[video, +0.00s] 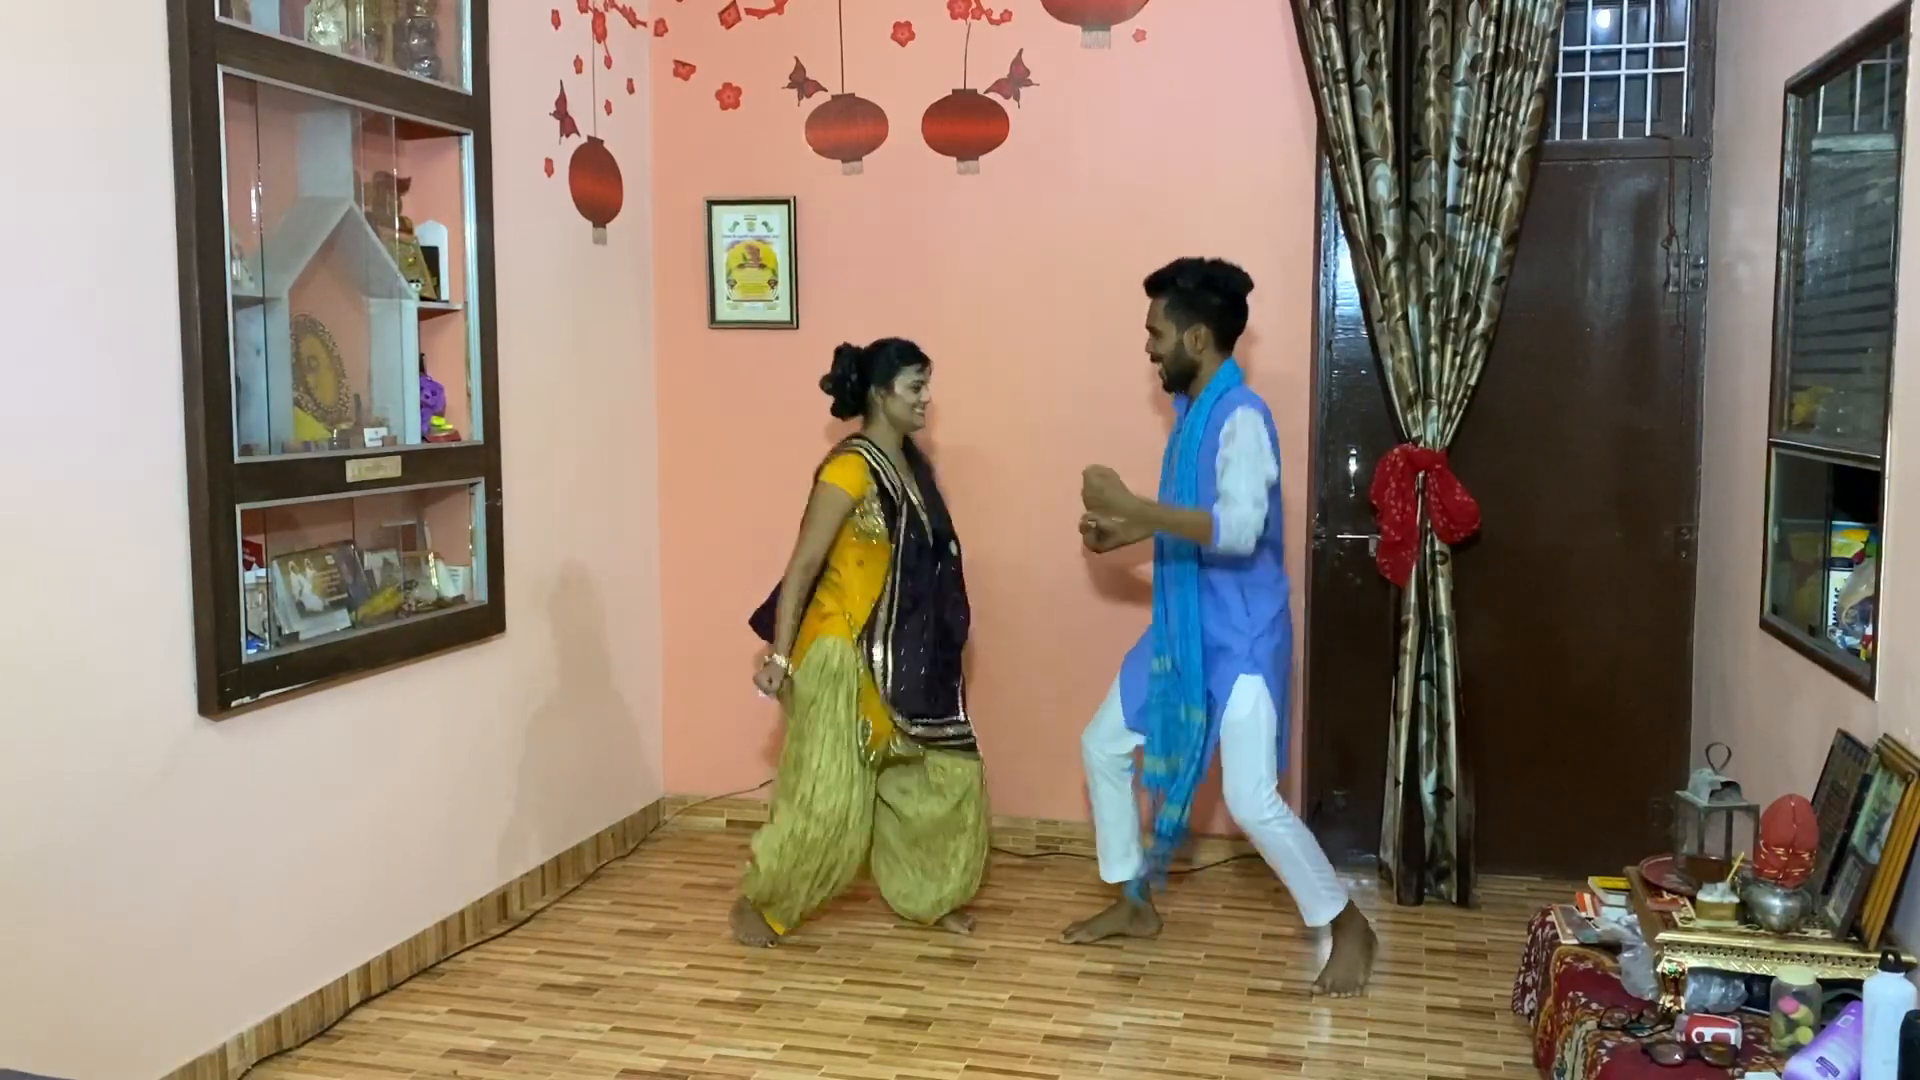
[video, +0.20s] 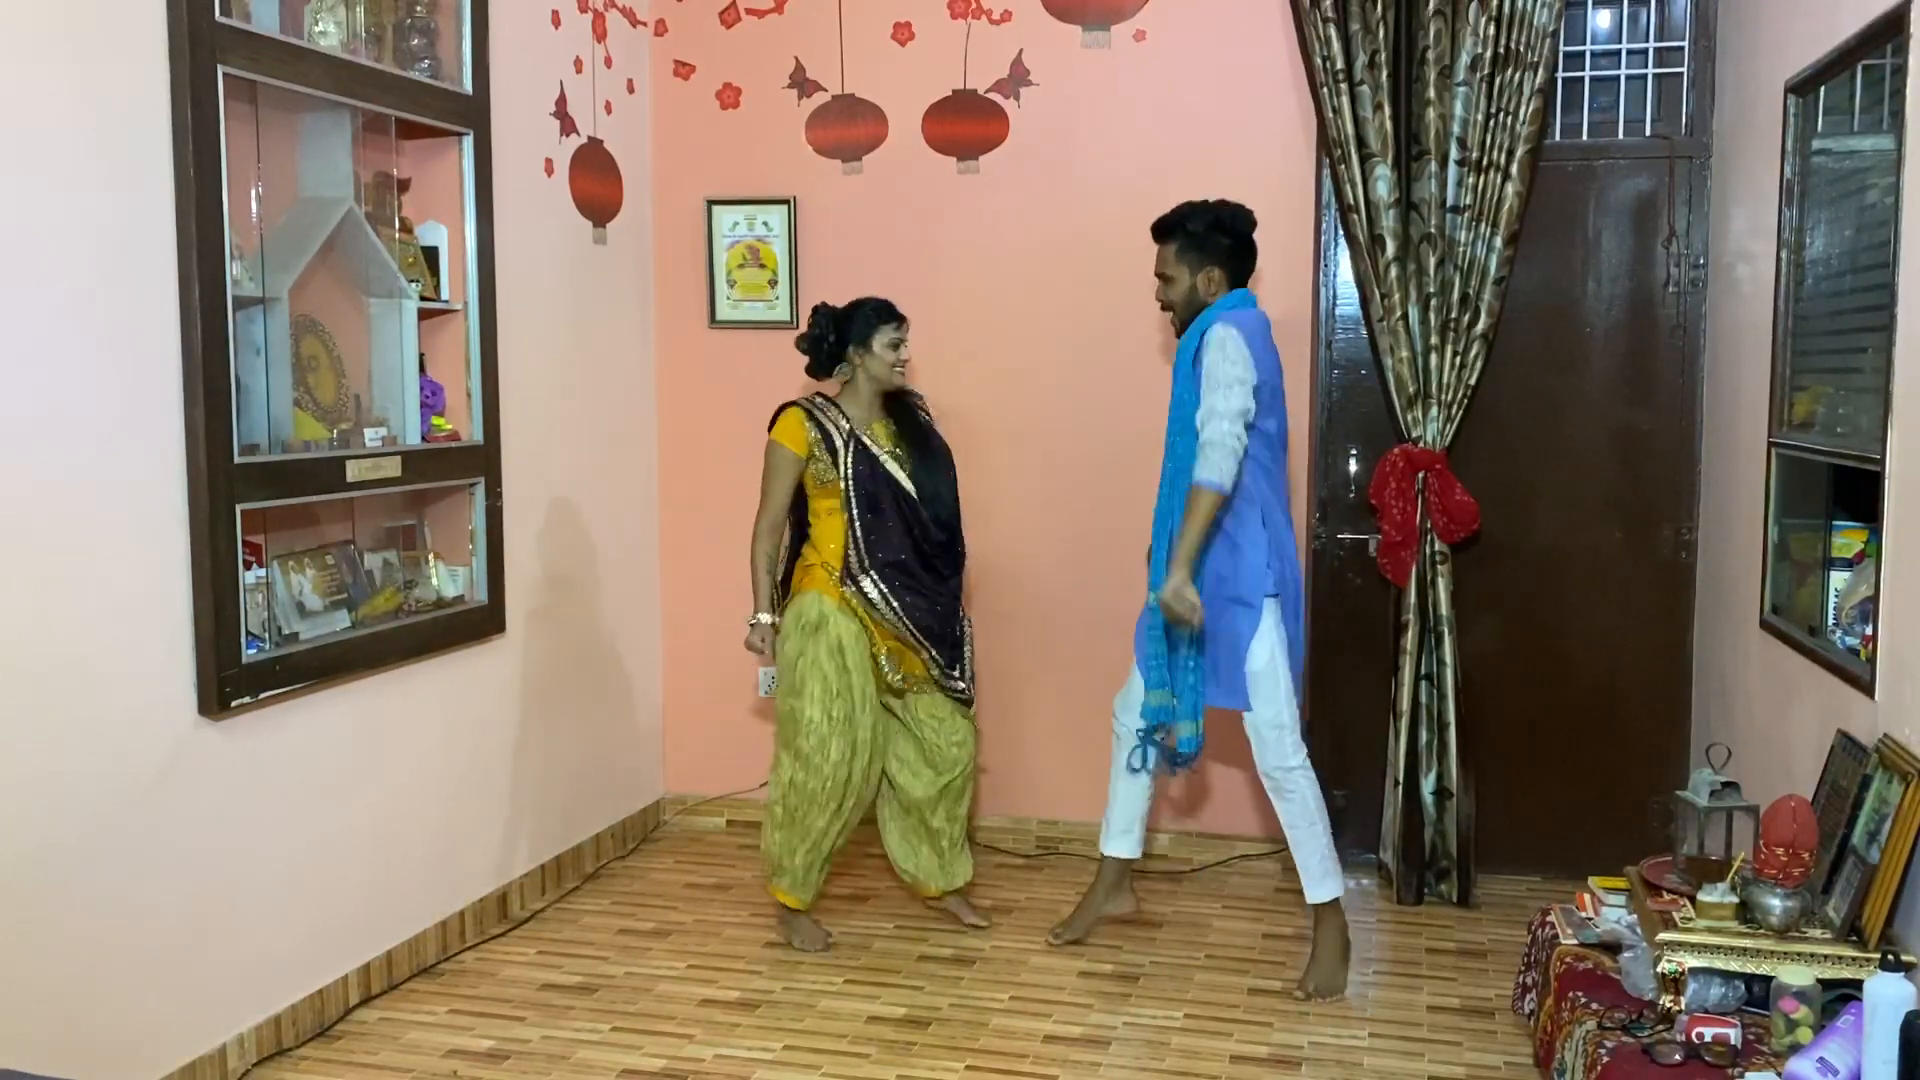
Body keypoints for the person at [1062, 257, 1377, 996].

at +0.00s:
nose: (1149, 346)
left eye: (1158, 331)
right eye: (1150, 331)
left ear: (1202, 334)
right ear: (1191, 333)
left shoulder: (1242, 418)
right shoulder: (1196, 414)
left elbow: (1240, 531)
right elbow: (1203, 524)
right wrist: (1129, 531)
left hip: (1241, 635)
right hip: (1182, 629)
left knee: (1251, 799)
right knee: (1104, 745)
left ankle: (1341, 922)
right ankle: (1132, 900)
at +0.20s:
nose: (1157, 286)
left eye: (1167, 270)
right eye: (1158, 270)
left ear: (1207, 271)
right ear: (1212, 272)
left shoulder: (1229, 337)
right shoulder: (1220, 333)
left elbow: (1218, 461)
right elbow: (1221, 462)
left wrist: (1180, 568)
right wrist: (1184, 566)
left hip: (1242, 572)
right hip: (1198, 572)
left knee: (1279, 750)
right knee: (1134, 711)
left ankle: (1328, 919)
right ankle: (1114, 874)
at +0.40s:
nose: (1168, 308)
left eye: (1179, 294)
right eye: (1170, 293)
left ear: (1226, 299)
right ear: (1217, 299)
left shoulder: (1254, 388)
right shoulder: (1213, 382)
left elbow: (1290, 517)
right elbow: (1176, 468)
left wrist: (1296, 642)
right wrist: (1074, 451)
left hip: (1247, 619)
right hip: (1190, 613)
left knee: (1281, 773)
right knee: (1129, 733)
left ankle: (1340, 937)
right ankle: (1130, 904)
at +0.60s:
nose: (1173, 301)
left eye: (1186, 287)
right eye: (1174, 286)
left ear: (1234, 297)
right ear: (1220, 297)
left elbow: (1327, 515)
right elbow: (1077, 433)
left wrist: (1314, 631)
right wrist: (1020, 376)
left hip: (1258, 615)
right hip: (1165, 605)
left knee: (1291, 766)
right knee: (1121, 740)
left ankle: (1334, 932)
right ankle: (1116, 901)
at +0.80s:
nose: (1174, 304)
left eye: (1185, 291)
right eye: (1176, 290)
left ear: (1232, 298)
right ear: (1214, 296)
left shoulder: (1283, 397)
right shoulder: (1178, 380)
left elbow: (1243, 493)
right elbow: (1098, 454)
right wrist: (1042, 410)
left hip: (1237, 609)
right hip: (1156, 603)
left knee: (1278, 757)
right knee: (1106, 738)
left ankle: (1333, 932)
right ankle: (1115, 903)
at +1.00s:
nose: (1156, 302)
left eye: (1166, 288)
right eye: (1158, 288)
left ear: (1210, 295)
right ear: (1210, 297)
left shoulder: (1235, 371)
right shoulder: (1198, 381)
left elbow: (1128, 435)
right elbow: (1131, 472)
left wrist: (1061, 392)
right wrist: (1055, 431)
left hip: (1219, 598)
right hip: (1159, 597)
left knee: (1271, 757)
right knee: (1110, 734)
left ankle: (1337, 931)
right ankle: (1116, 905)